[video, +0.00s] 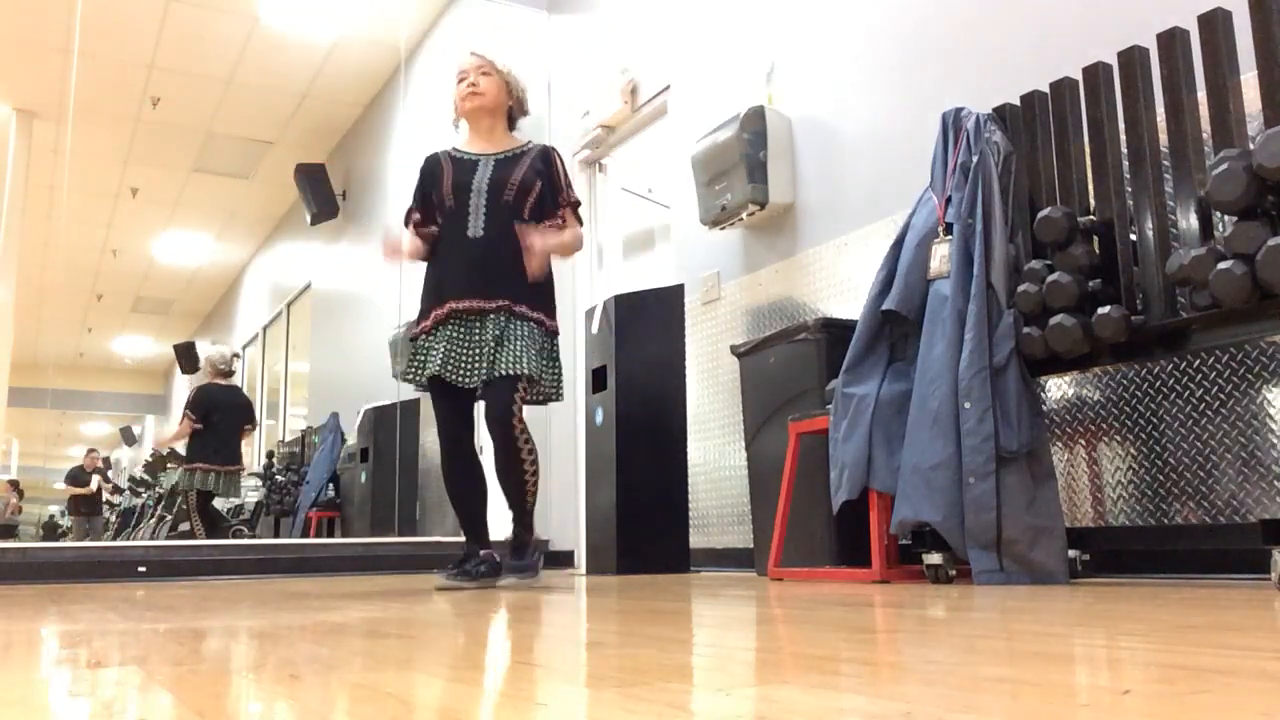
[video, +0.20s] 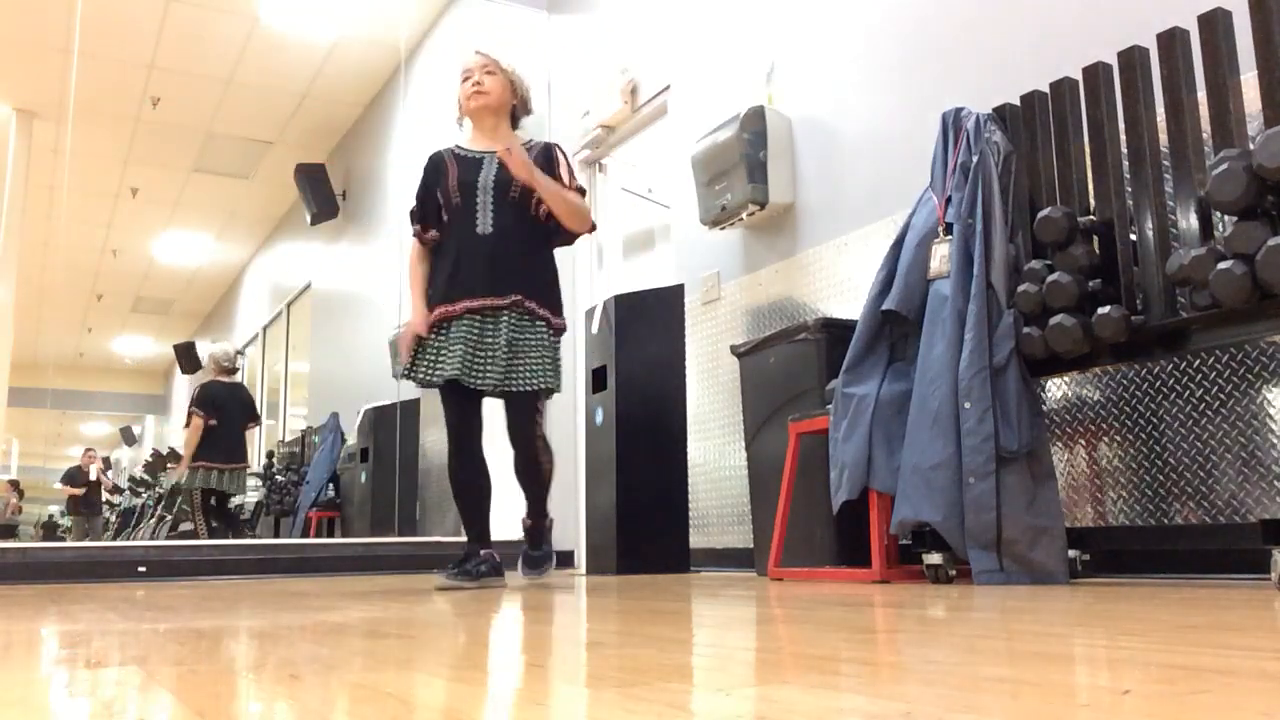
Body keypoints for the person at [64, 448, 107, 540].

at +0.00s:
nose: (95, 461)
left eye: (97, 459)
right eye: (92, 458)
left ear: (99, 460)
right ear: (85, 458)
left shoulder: (100, 472)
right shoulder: (74, 471)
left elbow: (110, 488)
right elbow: (66, 489)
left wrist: (101, 483)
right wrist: (84, 490)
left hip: (95, 512)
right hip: (78, 512)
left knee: (97, 539)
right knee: (78, 540)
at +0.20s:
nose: (92, 460)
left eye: (94, 458)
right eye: (89, 457)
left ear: (96, 459)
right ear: (82, 457)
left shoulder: (98, 471)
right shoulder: (73, 471)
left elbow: (109, 486)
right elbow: (61, 487)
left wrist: (100, 473)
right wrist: (76, 491)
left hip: (95, 512)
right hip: (78, 513)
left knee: (97, 541)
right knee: (78, 541)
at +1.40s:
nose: (84, 461)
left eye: (87, 458)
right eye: (81, 458)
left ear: (89, 459)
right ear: (75, 459)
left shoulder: (93, 471)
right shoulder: (67, 472)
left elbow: (103, 484)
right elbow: (58, 490)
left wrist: (91, 474)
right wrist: (56, 507)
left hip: (91, 512)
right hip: (73, 513)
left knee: (95, 539)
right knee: (74, 541)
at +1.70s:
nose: (84, 460)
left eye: (87, 458)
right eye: (82, 458)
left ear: (90, 460)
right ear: (76, 459)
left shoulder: (94, 471)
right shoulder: (67, 472)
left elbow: (103, 484)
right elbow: (58, 490)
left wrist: (91, 473)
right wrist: (55, 507)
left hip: (91, 512)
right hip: (73, 513)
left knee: (95, 540)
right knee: (74, 542)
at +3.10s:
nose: (86, 461)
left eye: (89, 458)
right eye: (83, 458)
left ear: (92, 460)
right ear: (78, 459)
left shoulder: (95, 471)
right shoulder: (69, 471)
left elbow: (104, 485)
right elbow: (58, 489)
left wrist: (92, 473)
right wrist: (56, 506)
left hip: (91, 511)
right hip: (73, 511)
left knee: (95, 538)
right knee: (74, 540)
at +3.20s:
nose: (87, 461)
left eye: (89, 458)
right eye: (84, 458)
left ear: (93, 460)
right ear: (79, 458)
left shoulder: (96, 471)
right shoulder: (70, 471)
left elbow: (104, 485)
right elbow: (59, 488)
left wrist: (93, 473)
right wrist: (56, 506)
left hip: (91, 510)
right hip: (73, 511)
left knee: (95, 537)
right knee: (74, 539)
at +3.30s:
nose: (88, 460)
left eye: (91, 458)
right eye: (86, 458)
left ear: (95, 460)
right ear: (81, 458)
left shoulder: (99, 471)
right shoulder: (72, 471)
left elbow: (107, 485)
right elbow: (60, 487)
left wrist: (95, 474)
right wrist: (57, 506)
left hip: (93, 512)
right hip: (74, 511)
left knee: (95, 539)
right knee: (75, 540)